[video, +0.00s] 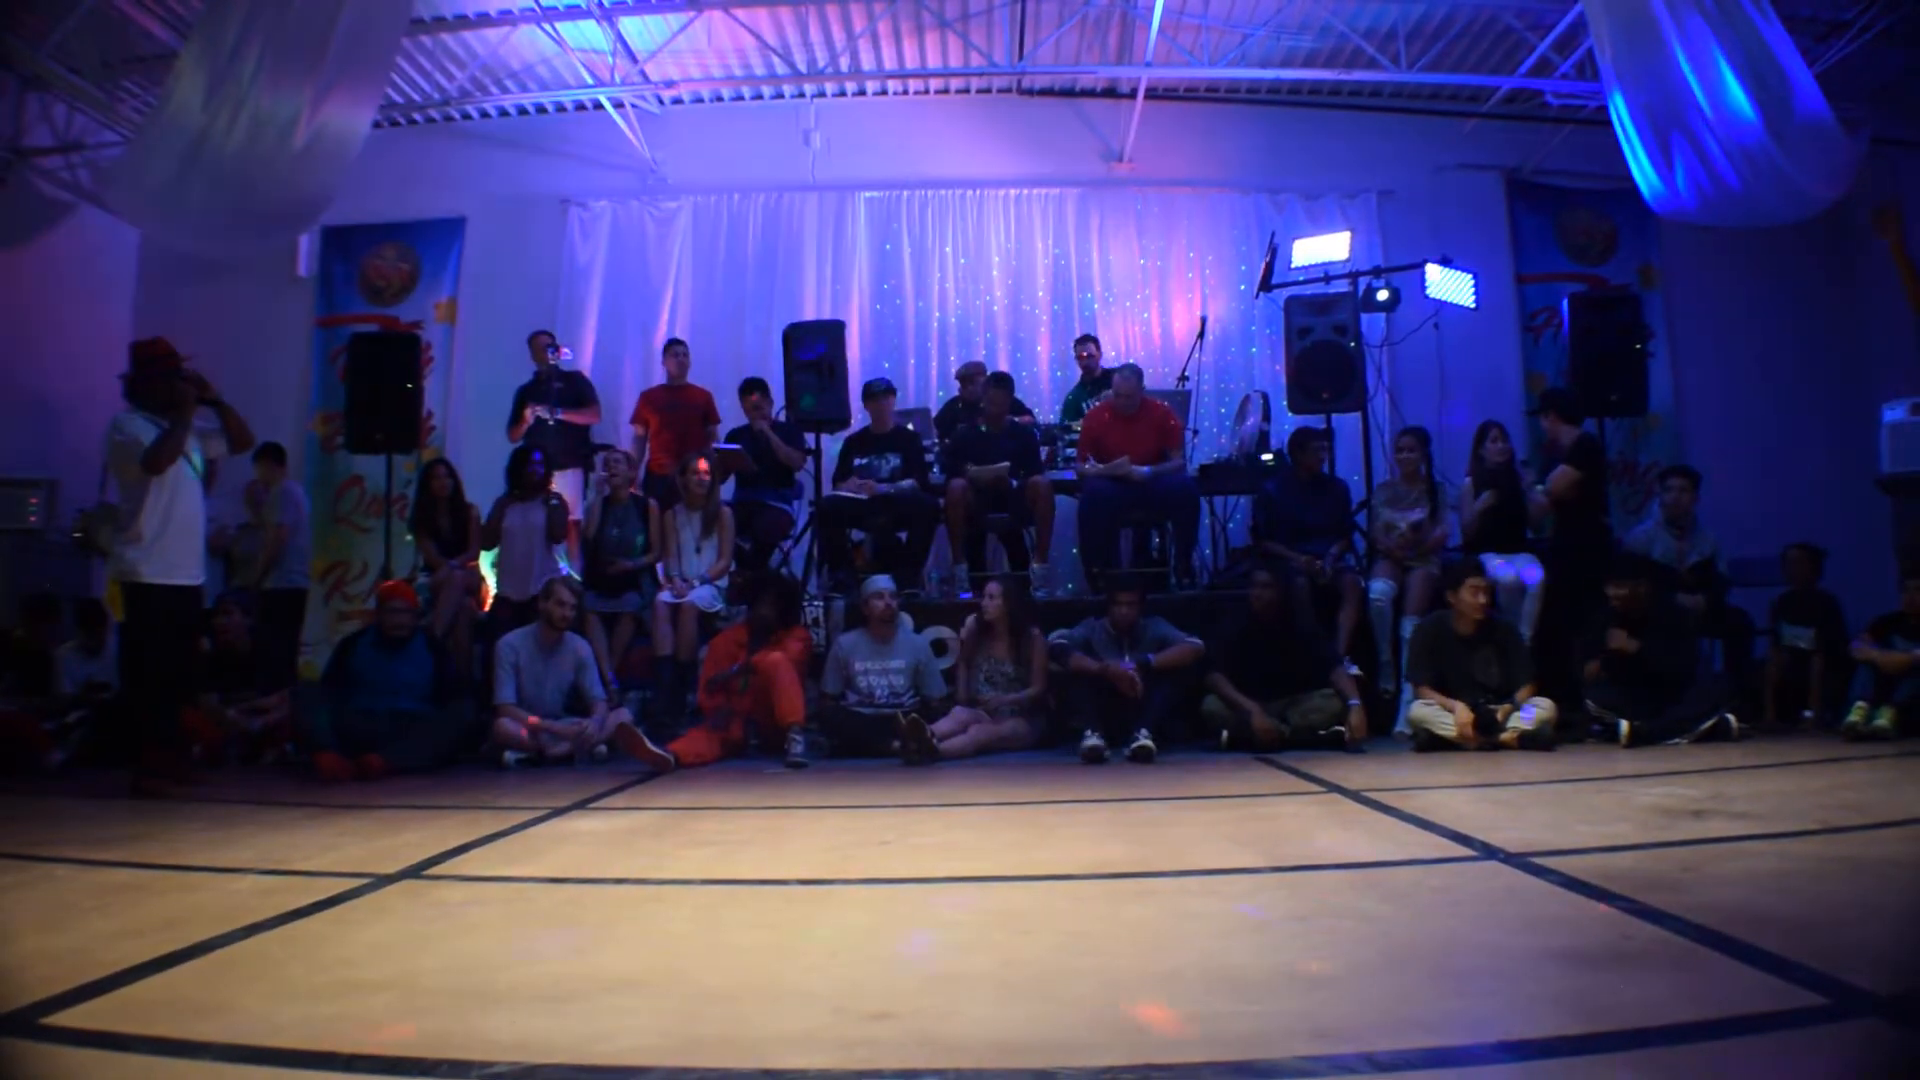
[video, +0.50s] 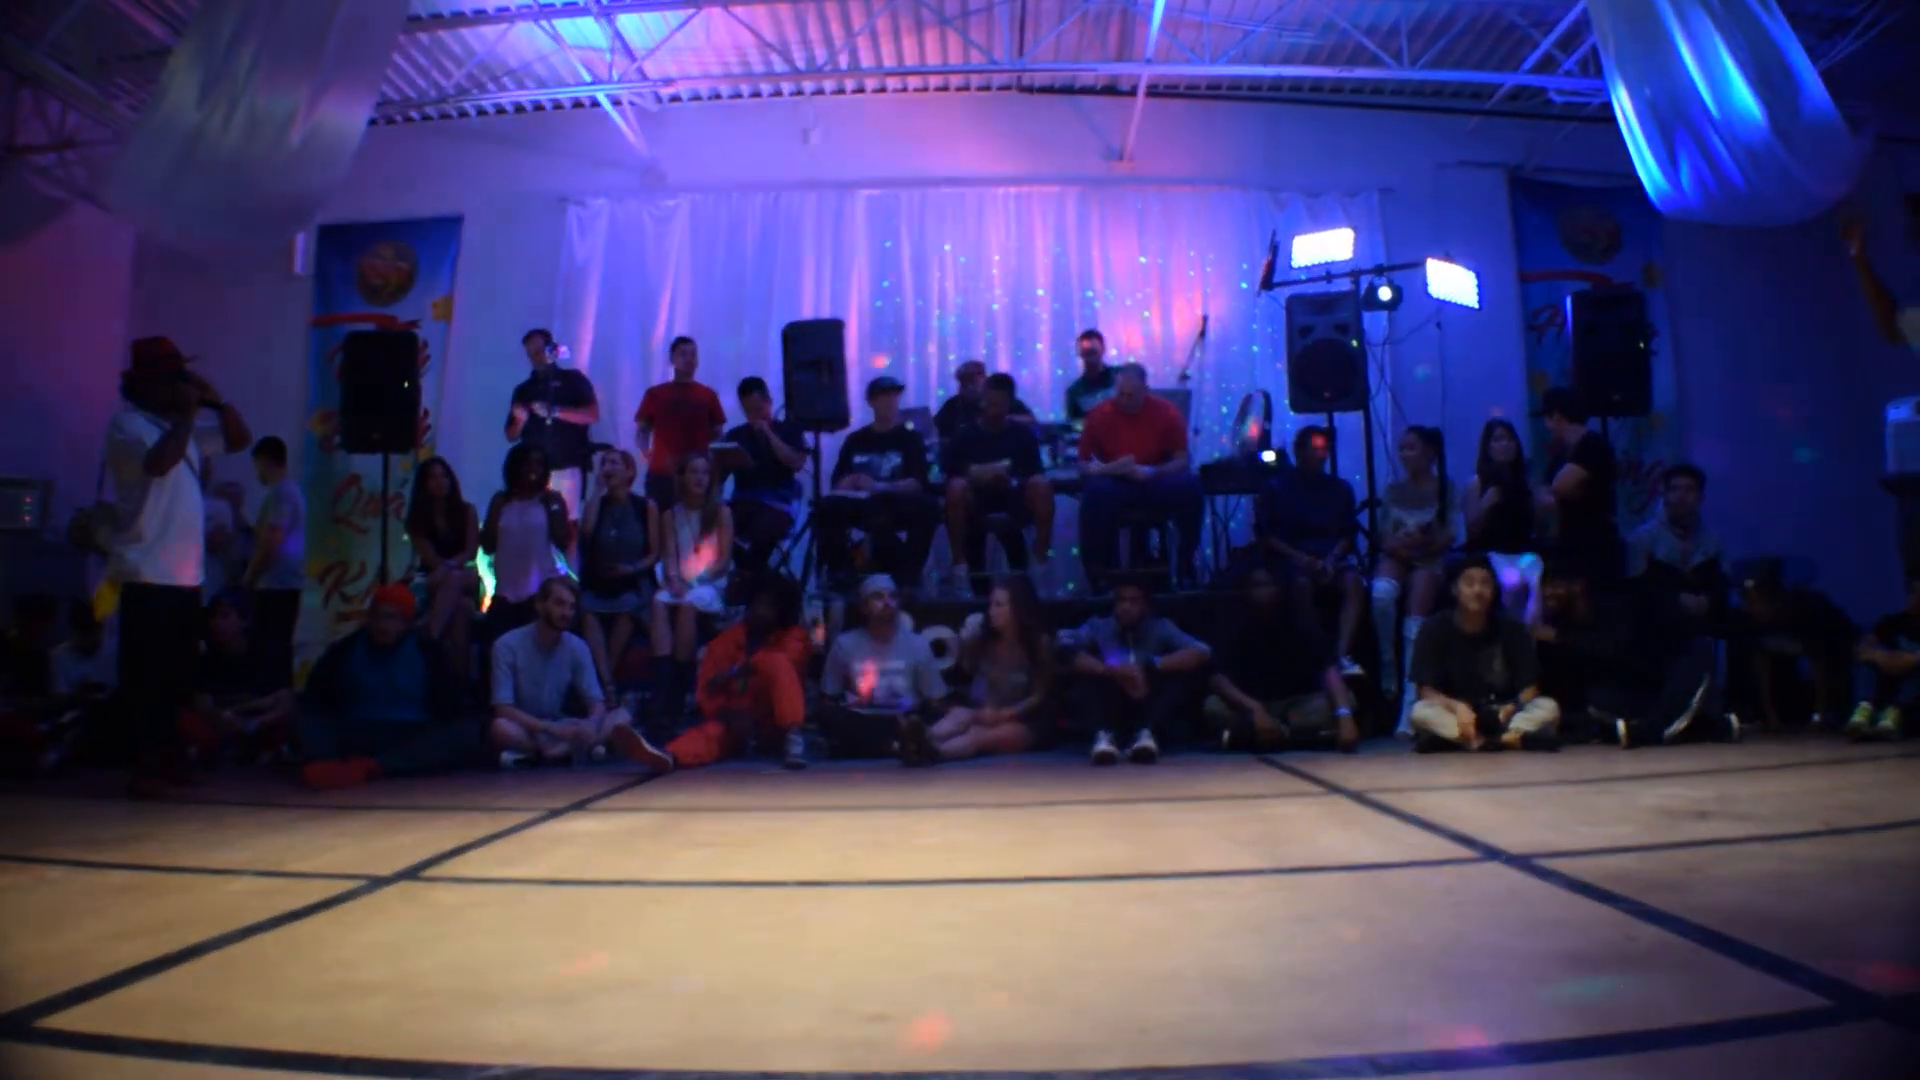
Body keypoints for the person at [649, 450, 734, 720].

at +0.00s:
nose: (702, 479)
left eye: (707, 474)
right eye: (696, 474)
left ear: (713, 480)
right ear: (683, 479)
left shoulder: (722, 514)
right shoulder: (672, 516)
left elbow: (725, 560)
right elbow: (669, 557)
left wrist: (698, 582)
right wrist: (674, 580)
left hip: (710, 581)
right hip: (678, 581)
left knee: (689, 605)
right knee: (661, 603)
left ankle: (683, 679)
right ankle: (664, 677)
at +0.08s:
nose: (702, 479)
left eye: (706, 474)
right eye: (695, 474)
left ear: (712, 480)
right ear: (683, 479)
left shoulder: (722, 514)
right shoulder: (672, 516)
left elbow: (725, 561)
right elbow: (668, 558)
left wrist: (698, 582)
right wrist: (674, 581)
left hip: (711, 581)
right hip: (679, 581)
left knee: (689, 605)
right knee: (661, 603)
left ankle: (684, 678)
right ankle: (664, 676)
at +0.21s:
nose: (702, 479)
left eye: (706, 473)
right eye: (695, 473)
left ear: (712, 479)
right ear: (683, 479)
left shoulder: (721, 514)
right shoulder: (671, 516)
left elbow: (724, 561)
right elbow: (668, 556)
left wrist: (698, 581)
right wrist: (674, 579)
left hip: (709, 581)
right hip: (678, 581)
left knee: (689, 606)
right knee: (661, 604)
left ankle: (683, 679)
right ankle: (663, 678)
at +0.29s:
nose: (701, 479)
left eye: (706, 474)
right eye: (694, 473)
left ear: (712, 479)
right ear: (682, 479)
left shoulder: (721, 514)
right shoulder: (672, 517)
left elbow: (724, 561)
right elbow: (668, 557)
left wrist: (697, 582)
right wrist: (673, 580)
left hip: (709, 581)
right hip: (678, 581)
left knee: (688, 607)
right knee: (660, 605)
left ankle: (683, 678)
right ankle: (662, 677)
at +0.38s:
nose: (700, 479)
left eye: (705, 473)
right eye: (694, 473)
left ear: (712, 479)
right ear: (683, 479)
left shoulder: (721, 513)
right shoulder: (671, 516)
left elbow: (724, 561)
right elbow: (669, 556)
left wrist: (697, 582)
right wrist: (673, 579)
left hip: (709, 581)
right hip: (678, 581)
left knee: (688, 607)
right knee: (660, 605)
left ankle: (682, 679)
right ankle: (663, 678)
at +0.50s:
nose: (700, 478)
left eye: (705, 473)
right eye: (694, 473)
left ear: (711, 479)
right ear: (682, 478)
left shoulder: (720, 513)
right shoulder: (671, 516)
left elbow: (723, 560)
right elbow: (668, 556)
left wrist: (697, 582)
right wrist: (673, 580)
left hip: (709, 581)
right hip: (678, 580)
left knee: (688, 606)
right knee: (659, 603)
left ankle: (682, 679)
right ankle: (662, 676)